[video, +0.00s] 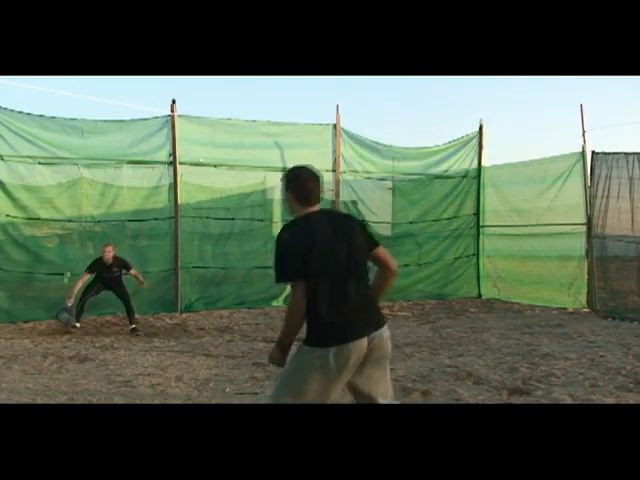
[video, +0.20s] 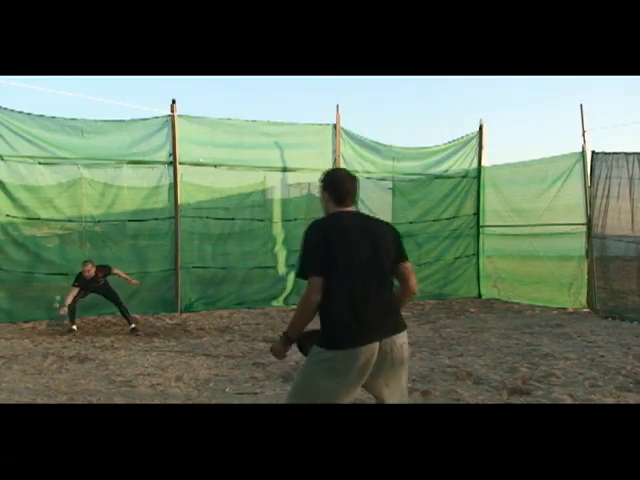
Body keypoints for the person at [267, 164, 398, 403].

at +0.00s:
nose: (285, 196)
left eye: (286, 191)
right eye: (287, 190)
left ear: (290, 196)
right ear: (319, 193)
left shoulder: (290, 235)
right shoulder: (346, 221)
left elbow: (299, 301)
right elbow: (390, 267)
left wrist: (282, 346)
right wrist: (369, 302)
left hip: (331, 343)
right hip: (376, 333)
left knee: (283, 399)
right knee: (380, 399)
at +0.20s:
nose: (320, 197)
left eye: (321, 192)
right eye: (322, 192)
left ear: (326, 196)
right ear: (354, 195)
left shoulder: (319, 231)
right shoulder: (384, 228)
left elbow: (313, 296)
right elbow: (410, 286)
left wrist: (286, 339)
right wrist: (387, 314)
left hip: (344, 346)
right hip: (393, 340)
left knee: (300, 400)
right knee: (397, 399)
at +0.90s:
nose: (240, 206)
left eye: (241, 200)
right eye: (244, 199)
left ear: (246, 204)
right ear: (275, 200)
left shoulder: (243, 243)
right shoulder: (299, 223)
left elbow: (224, 307)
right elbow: (328, 244)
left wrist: (188, 329)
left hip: (294, 340)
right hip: (340, 327)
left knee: (262, 399)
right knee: (362, 398)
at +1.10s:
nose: (210, 226)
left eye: (210, 221)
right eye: (210, 221)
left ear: (215, 224)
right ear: (244, 214)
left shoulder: (231, 255)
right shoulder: (266, 229)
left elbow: (230, 323)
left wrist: (194, 374)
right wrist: (221, 251)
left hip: (299, 339)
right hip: (341, 321)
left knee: (263, 399)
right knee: (371, 398)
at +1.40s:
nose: (236, 219)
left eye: (235, 214)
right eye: (236, 213)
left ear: (240, 218)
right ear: (267, 210)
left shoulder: (255, 248)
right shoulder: (289, 229)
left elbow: (272, 312)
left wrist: (247, 365)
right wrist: (260, 325)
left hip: (318, 341)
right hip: (356, 323)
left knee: (271, 400)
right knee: (384, 398)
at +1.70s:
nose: (320, 203)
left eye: (321, 199)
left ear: (323, 203)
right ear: (352, 202)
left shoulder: (318, 238)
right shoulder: (377, 234)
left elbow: (323, 300)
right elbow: (396, 289)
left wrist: (307, 339)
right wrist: (389, 315)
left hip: (349, 345)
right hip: (394, 337)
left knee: (304, 399)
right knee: (400, 400)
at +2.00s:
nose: (347, 194)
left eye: (348, 191)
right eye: (349, 191)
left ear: (351, 194)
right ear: (380, 197)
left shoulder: (336, 228)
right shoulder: (400, 228)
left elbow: (316, 286)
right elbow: (421, 287)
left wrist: (303, 293)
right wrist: (395, 299)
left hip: (356, 338)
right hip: (403, 332)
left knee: (326, 399)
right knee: (413, 399)